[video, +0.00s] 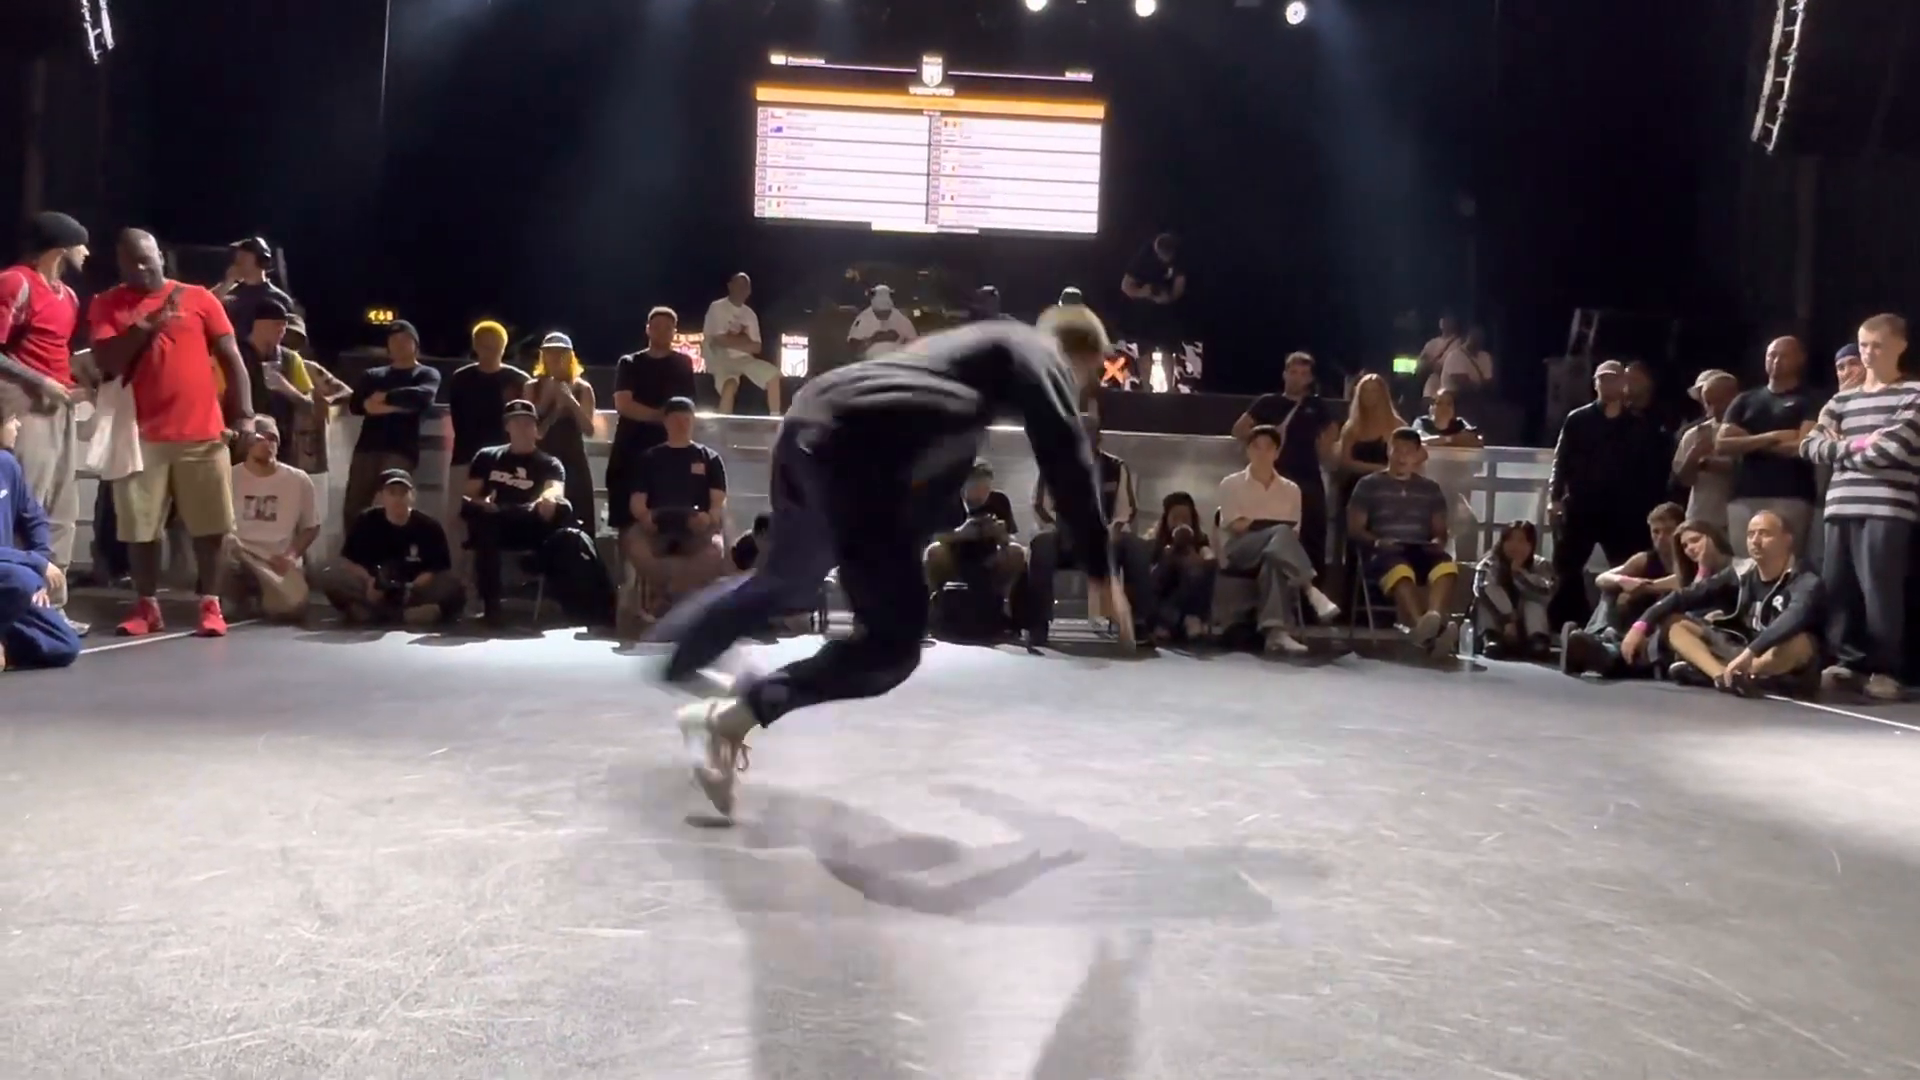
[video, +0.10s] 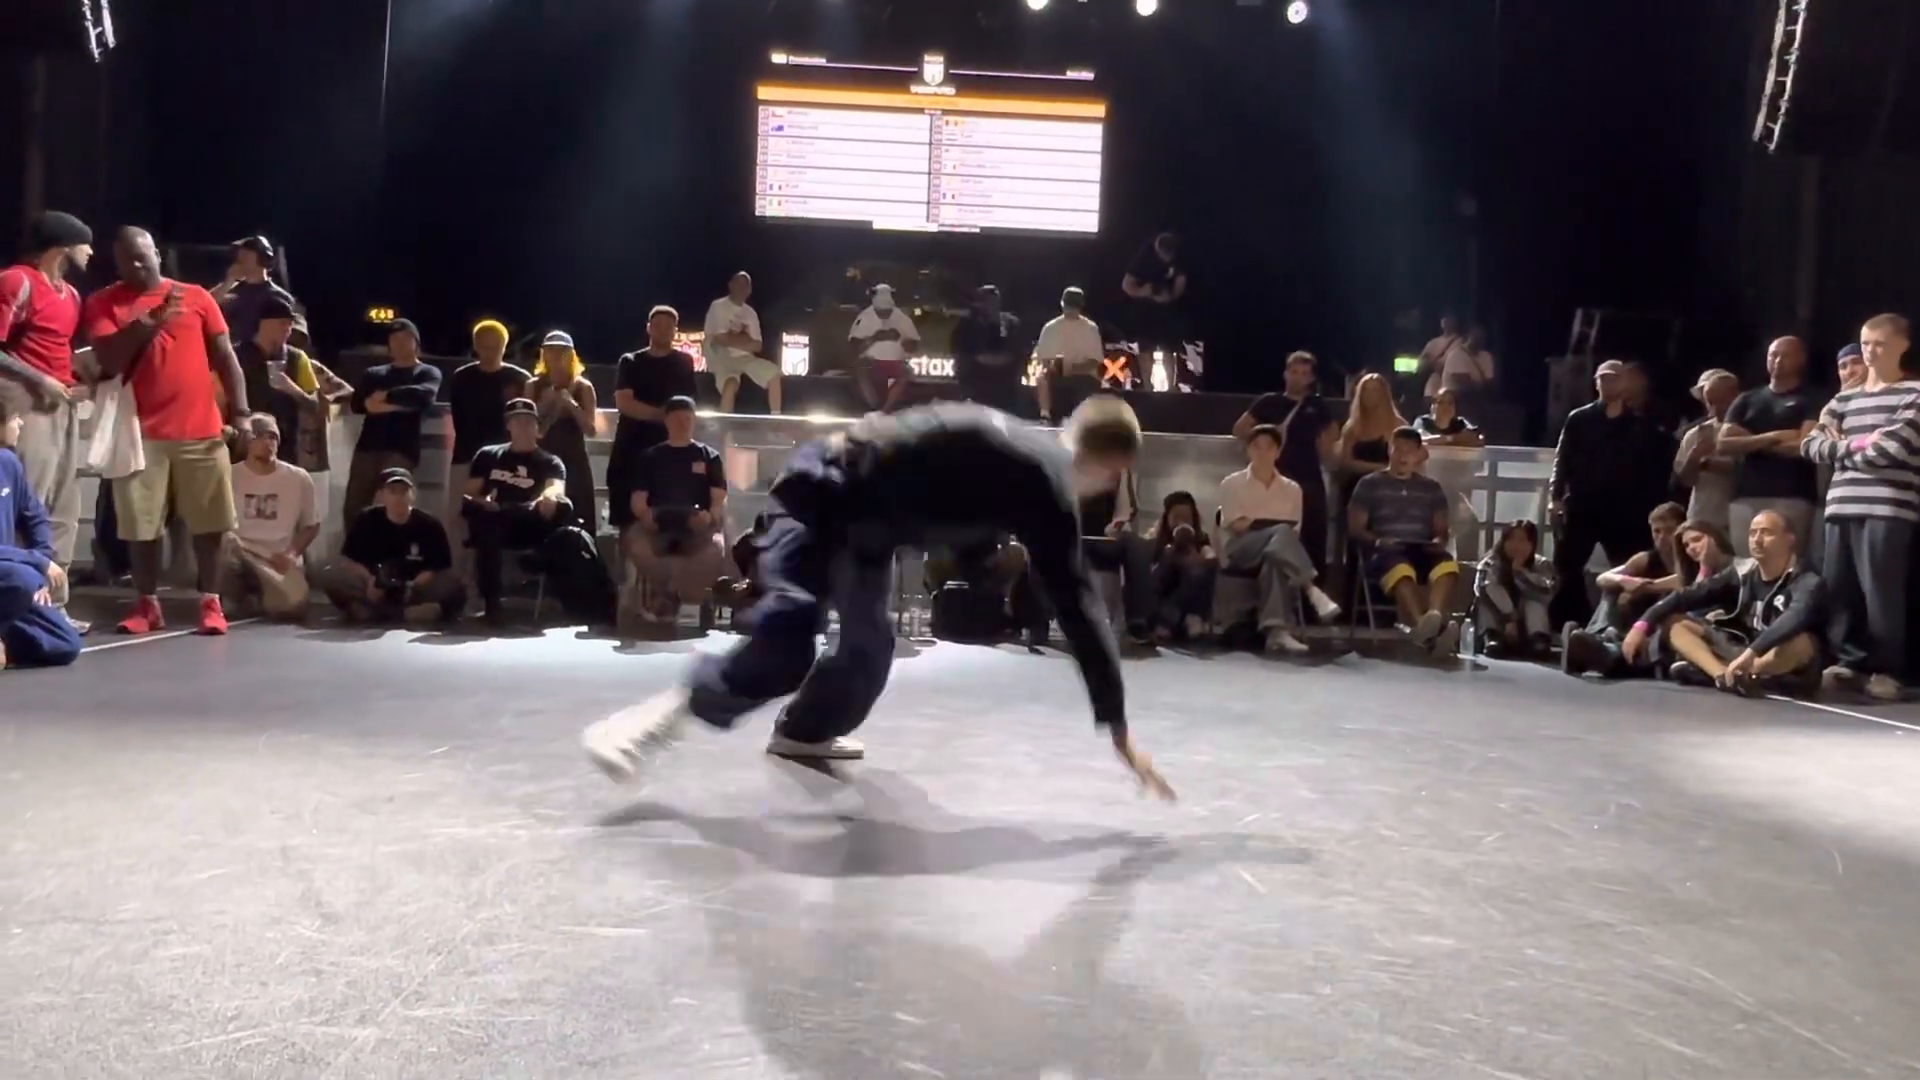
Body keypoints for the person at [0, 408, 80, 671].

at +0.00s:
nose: (18, 425)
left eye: (16, 418)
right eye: (13, 419)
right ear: (2, 426)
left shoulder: (8, 464)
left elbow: (35, 519)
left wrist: (41, 577)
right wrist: (40, 564)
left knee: (66, 645)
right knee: (21, 582)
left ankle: (7, 650)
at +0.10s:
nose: (20, 424)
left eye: (18, 417)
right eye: (14, 419)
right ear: (3, 425)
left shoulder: (9, 463)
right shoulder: (8, 463)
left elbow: (36, 517)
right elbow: (4, 550)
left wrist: (43, 572)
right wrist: (41, 564)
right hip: (5, 567)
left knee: (67, 643)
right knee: (23, 579)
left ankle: (7, 649)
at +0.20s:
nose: (24, 422)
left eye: (22, 415)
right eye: (18, 416)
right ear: (3, 423)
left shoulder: (10, 461)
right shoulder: (9, 461)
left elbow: (37, 516)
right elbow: (4, 549)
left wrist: (45, 575)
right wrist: (43, 563)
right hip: (5, 566)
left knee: (68, 641)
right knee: (24, 579)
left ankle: (7, 646)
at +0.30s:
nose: (25, 420)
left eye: (24, 413)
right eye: (20, 415)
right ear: (5, 423)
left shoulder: (11, 459)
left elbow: (39, 515)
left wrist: (48, 568)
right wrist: (46, 562)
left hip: (17, 566)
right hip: (6, 564)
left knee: (70, 640)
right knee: (29, 579)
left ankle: (8, 644)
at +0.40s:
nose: (26, 419)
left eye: (24, 413)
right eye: (20, 415)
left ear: (5, 427)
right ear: (4, 424)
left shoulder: (12, 457)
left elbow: (41, 514)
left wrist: (52, 565)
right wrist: (48, 561)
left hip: (18, 565)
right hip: (3, 564)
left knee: (71, 639)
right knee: (31, 578)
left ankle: (7, 640)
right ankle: (5, 633)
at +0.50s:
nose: (29, 418)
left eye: (27, 411)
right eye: (23, 413)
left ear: (6, 426)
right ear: (5, 424)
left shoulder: (14, 456)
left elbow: (42, 512)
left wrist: (53, 565)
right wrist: (49, 560)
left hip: (19, 564)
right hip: (4, 562)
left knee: (72, 639)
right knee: (33, 578)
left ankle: (8, 631)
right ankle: (6, 629)